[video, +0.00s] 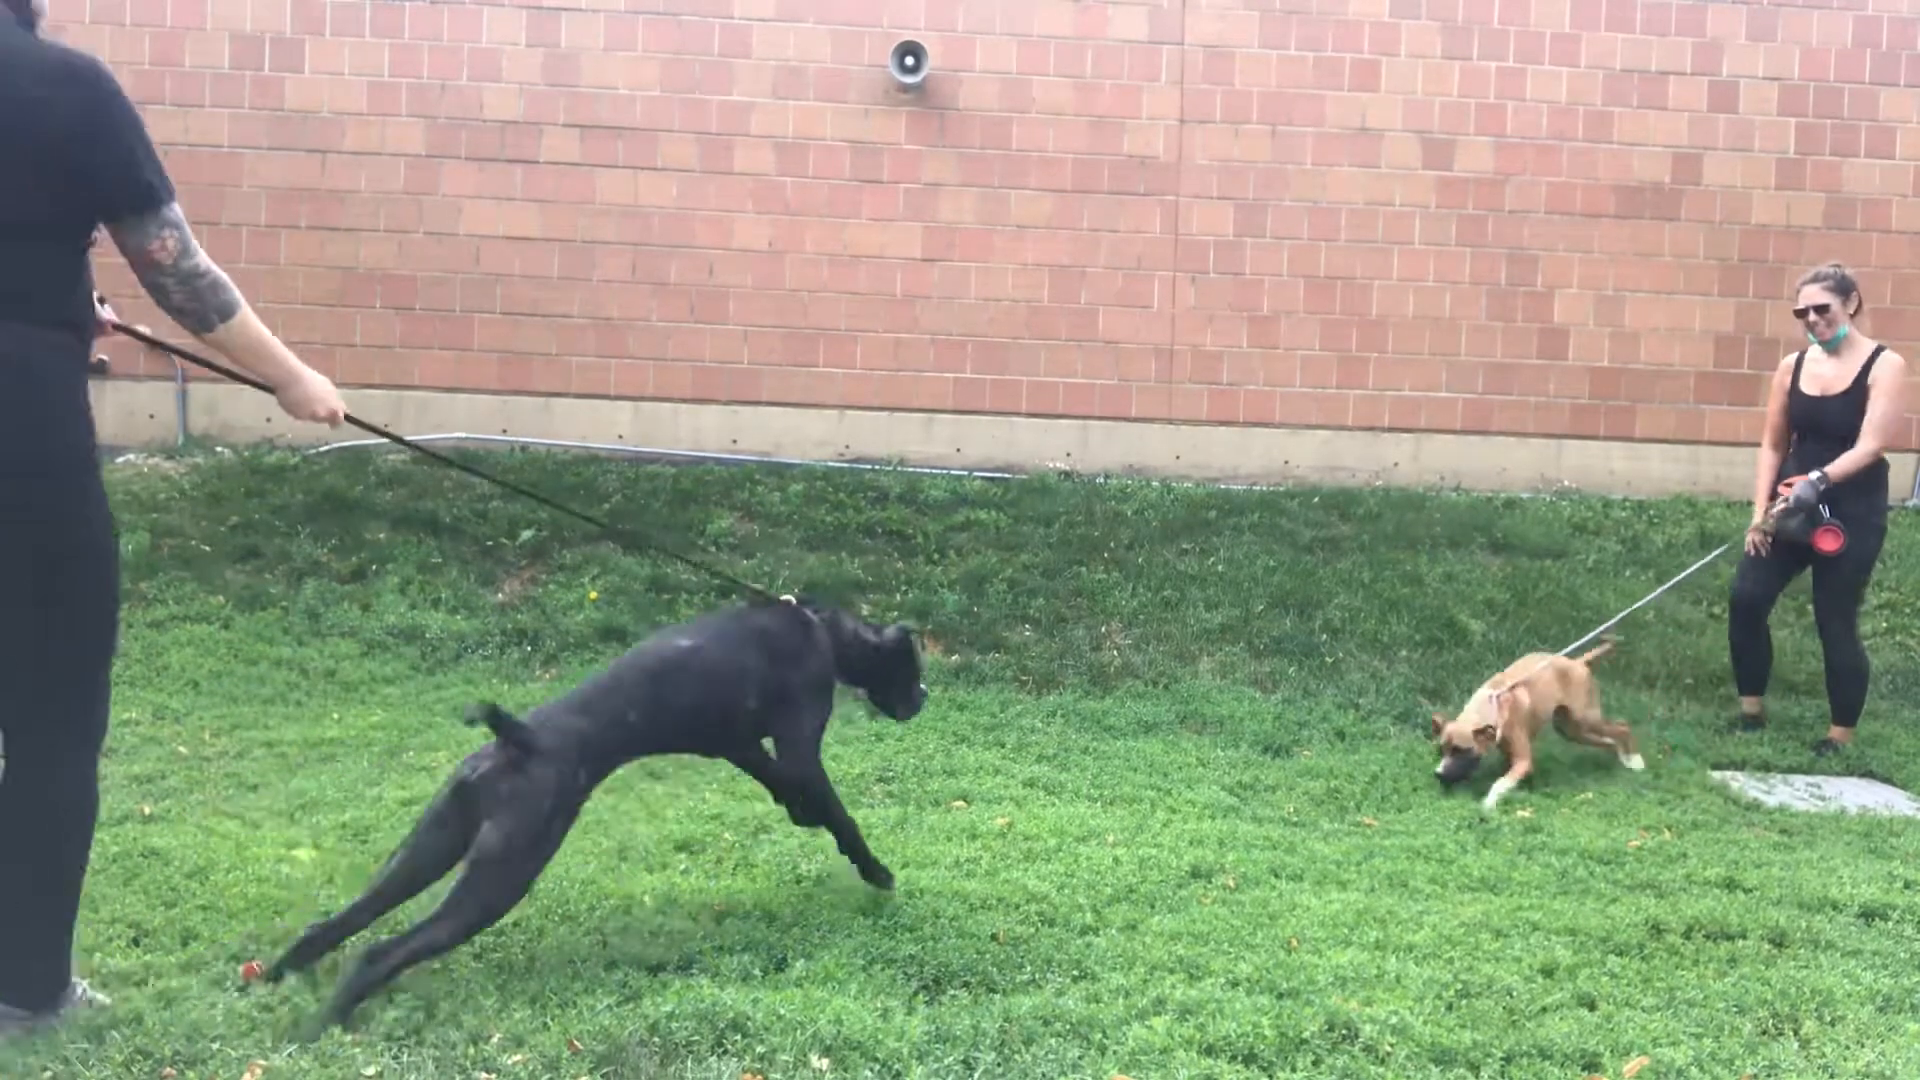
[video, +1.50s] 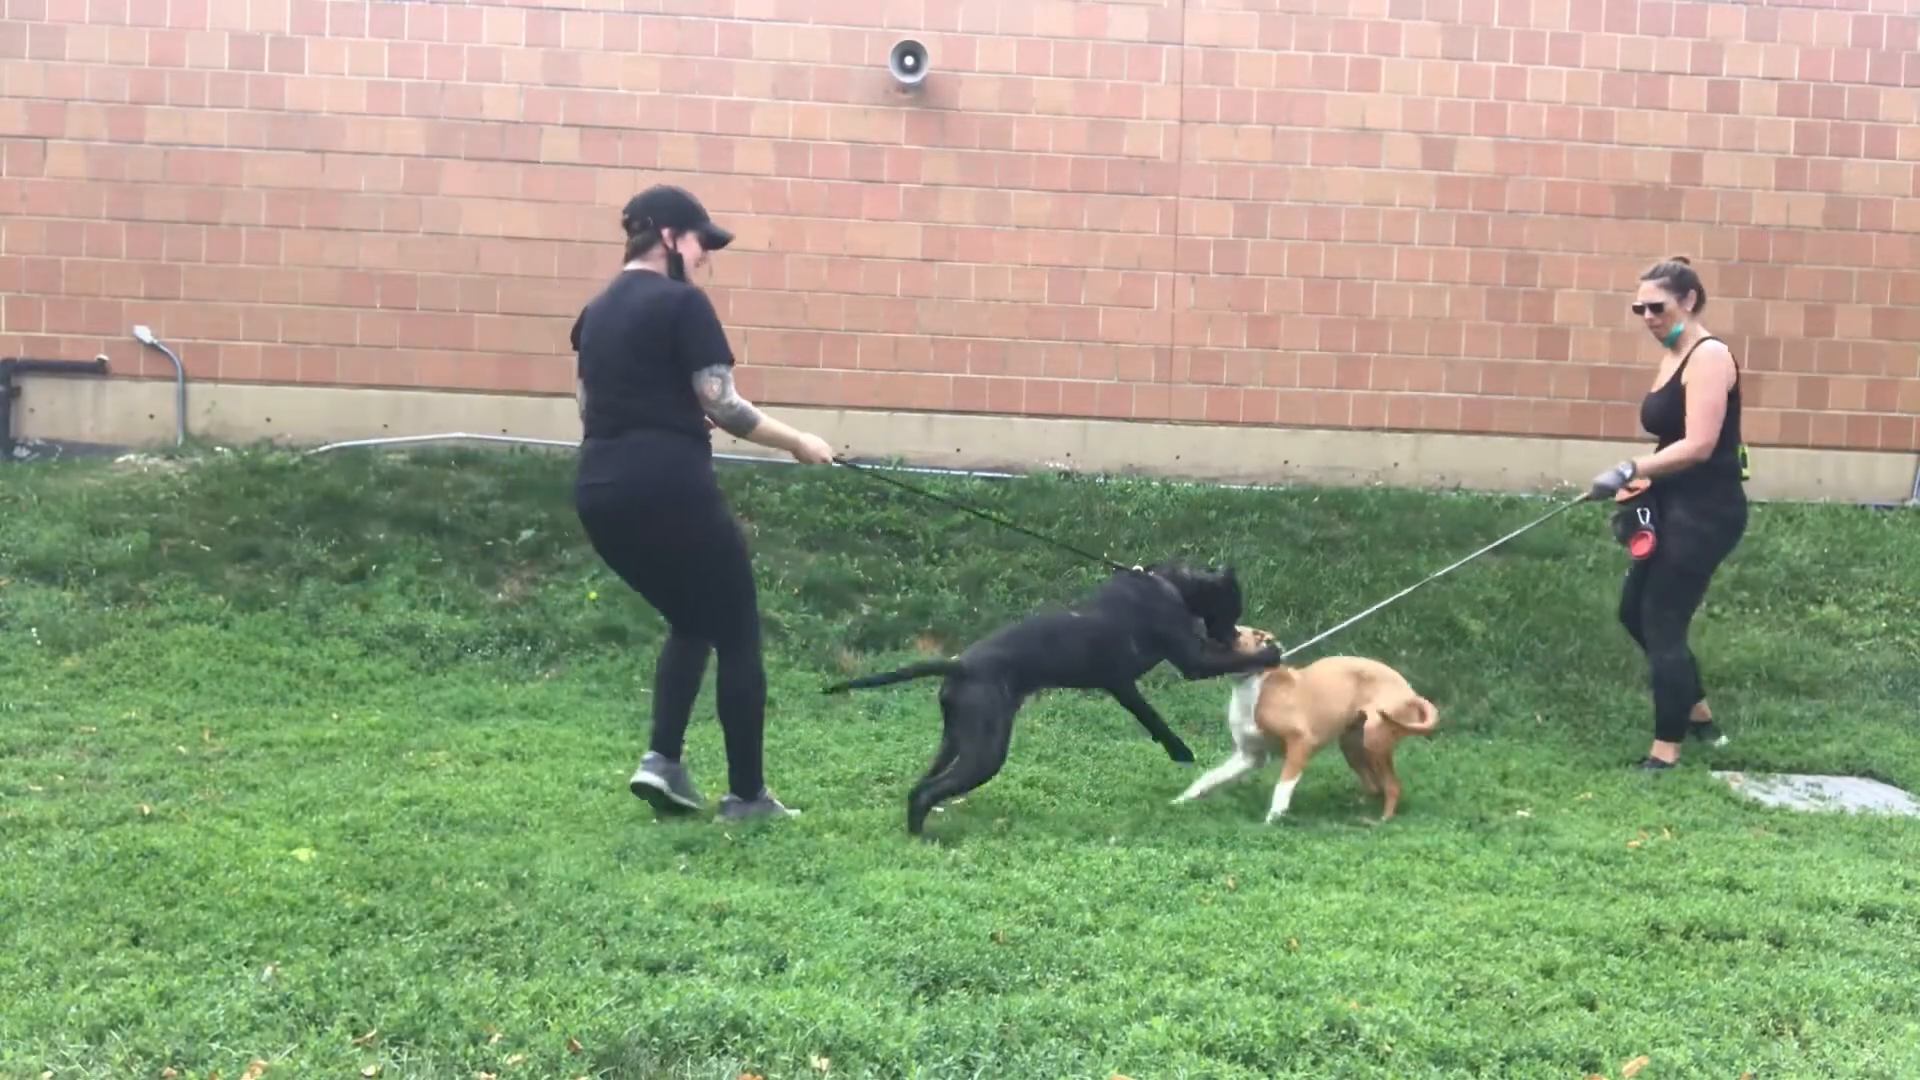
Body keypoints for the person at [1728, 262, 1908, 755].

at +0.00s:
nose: (1812, 320)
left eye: (1822, 309)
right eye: (1804, 313)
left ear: (1850, 304)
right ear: (1799, 314)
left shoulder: (1884, 365)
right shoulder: (1792, 366)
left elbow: (1871, 447)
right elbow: (1771, 445)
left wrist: (1815, 482)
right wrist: (1759, 513)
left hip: (1854, 509)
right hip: (1793, 503)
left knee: (1834, 617)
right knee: (1746, 596)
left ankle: (1841, 736)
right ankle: (1750, 712)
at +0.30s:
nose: (1768, 322)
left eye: (1778, 312)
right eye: (1761, 314)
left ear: (1807, 307)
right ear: (1758, 315)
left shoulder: (1834, 365)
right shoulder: (1774, 365)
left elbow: (1804, 438)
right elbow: (1764, 443)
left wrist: (1754, 479)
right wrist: (1732, 502)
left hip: (1819, 516)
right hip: (1770, 507)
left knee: (1817, 622)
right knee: (1720, 599)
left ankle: (1841, 735)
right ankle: (1687, 714)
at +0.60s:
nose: (1697, 325)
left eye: (1706, 315)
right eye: (1690, 317)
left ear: (1735, 310)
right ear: (1686, 315)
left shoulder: (1754, 360)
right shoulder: (1708, 365)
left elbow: (1732, 414)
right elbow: (1697, 433)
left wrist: (1692, 444)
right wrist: (1679, 483)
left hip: (1753, 503)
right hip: (1710, 500)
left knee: (1709, 607)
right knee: (1680, 602)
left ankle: (1794, 705)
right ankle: (1683, 718)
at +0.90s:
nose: (1657, 322)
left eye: (1667, 312)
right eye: (1650, 314)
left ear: (1694, 308)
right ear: (1646, 316)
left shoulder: (1711, 362)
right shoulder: (1676, 360)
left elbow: (1682, 433)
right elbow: (1676, 438)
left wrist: (1636, 475)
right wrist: (1653, 490)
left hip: (1718, 505)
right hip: (1680, 502)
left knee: (1679, 611)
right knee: (1648, 607)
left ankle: (1663, 734)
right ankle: (1676, 705)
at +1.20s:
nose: (1637, 320)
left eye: (1647, 310)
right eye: (1631, 312)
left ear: (1678, 305)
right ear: (1630, 314)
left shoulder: (1695, 361)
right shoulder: (1668, 362)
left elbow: (1653, 433)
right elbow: (1680, 448)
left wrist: (1599, 469)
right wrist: (1651, 491)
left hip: (1703, 509)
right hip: (1670, 506)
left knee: (1656, 621)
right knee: (1617, 603)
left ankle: (1664, 750)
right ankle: (1679, 712)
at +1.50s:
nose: (1647, 318)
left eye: (1656, 308)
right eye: (1641, 310)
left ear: (1688, 302)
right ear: (1641, 309)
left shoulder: (1710, 357)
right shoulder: (1676, 356)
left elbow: (1702, 446)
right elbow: (1672, 442)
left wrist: (1630, 471)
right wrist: (1640, 495)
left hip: (1707, 508)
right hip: (1676, 504)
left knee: (1664, 622)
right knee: (1636, 611)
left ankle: (1664, 752)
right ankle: (1699, 716)